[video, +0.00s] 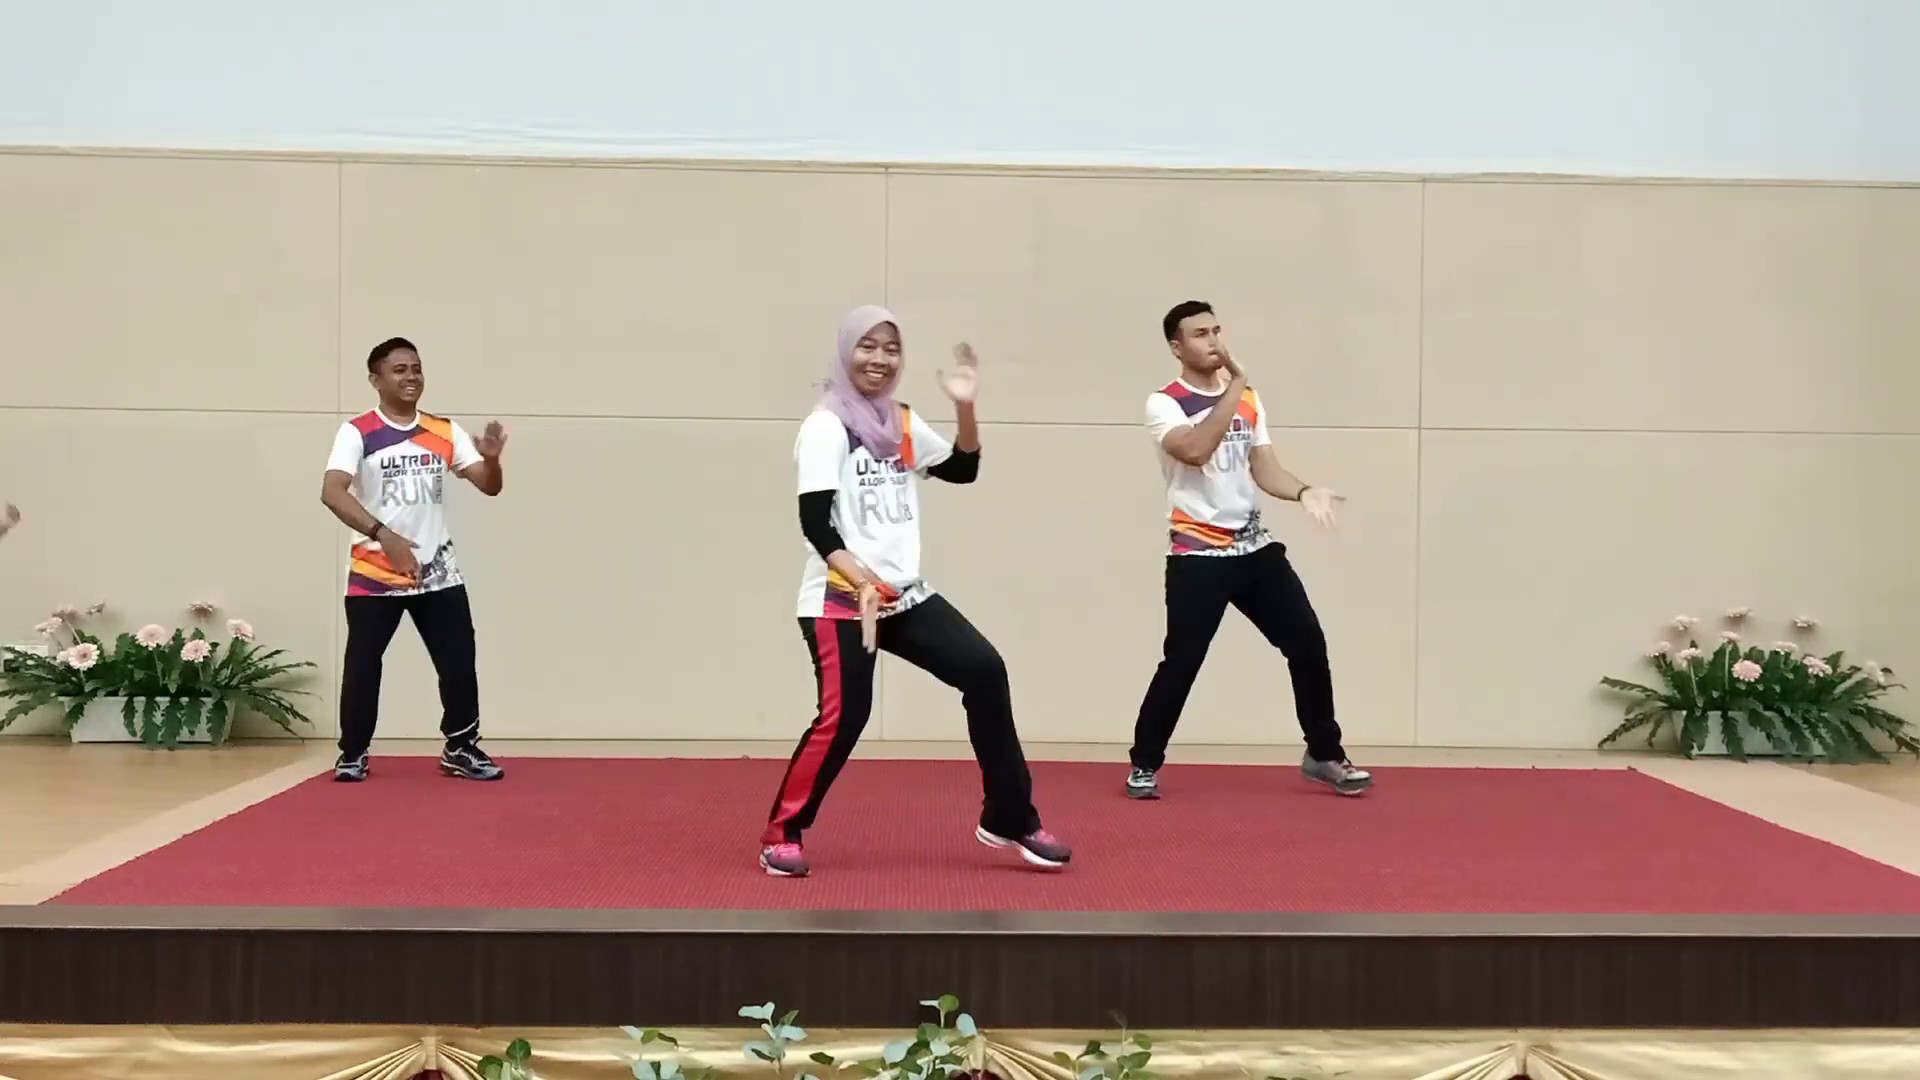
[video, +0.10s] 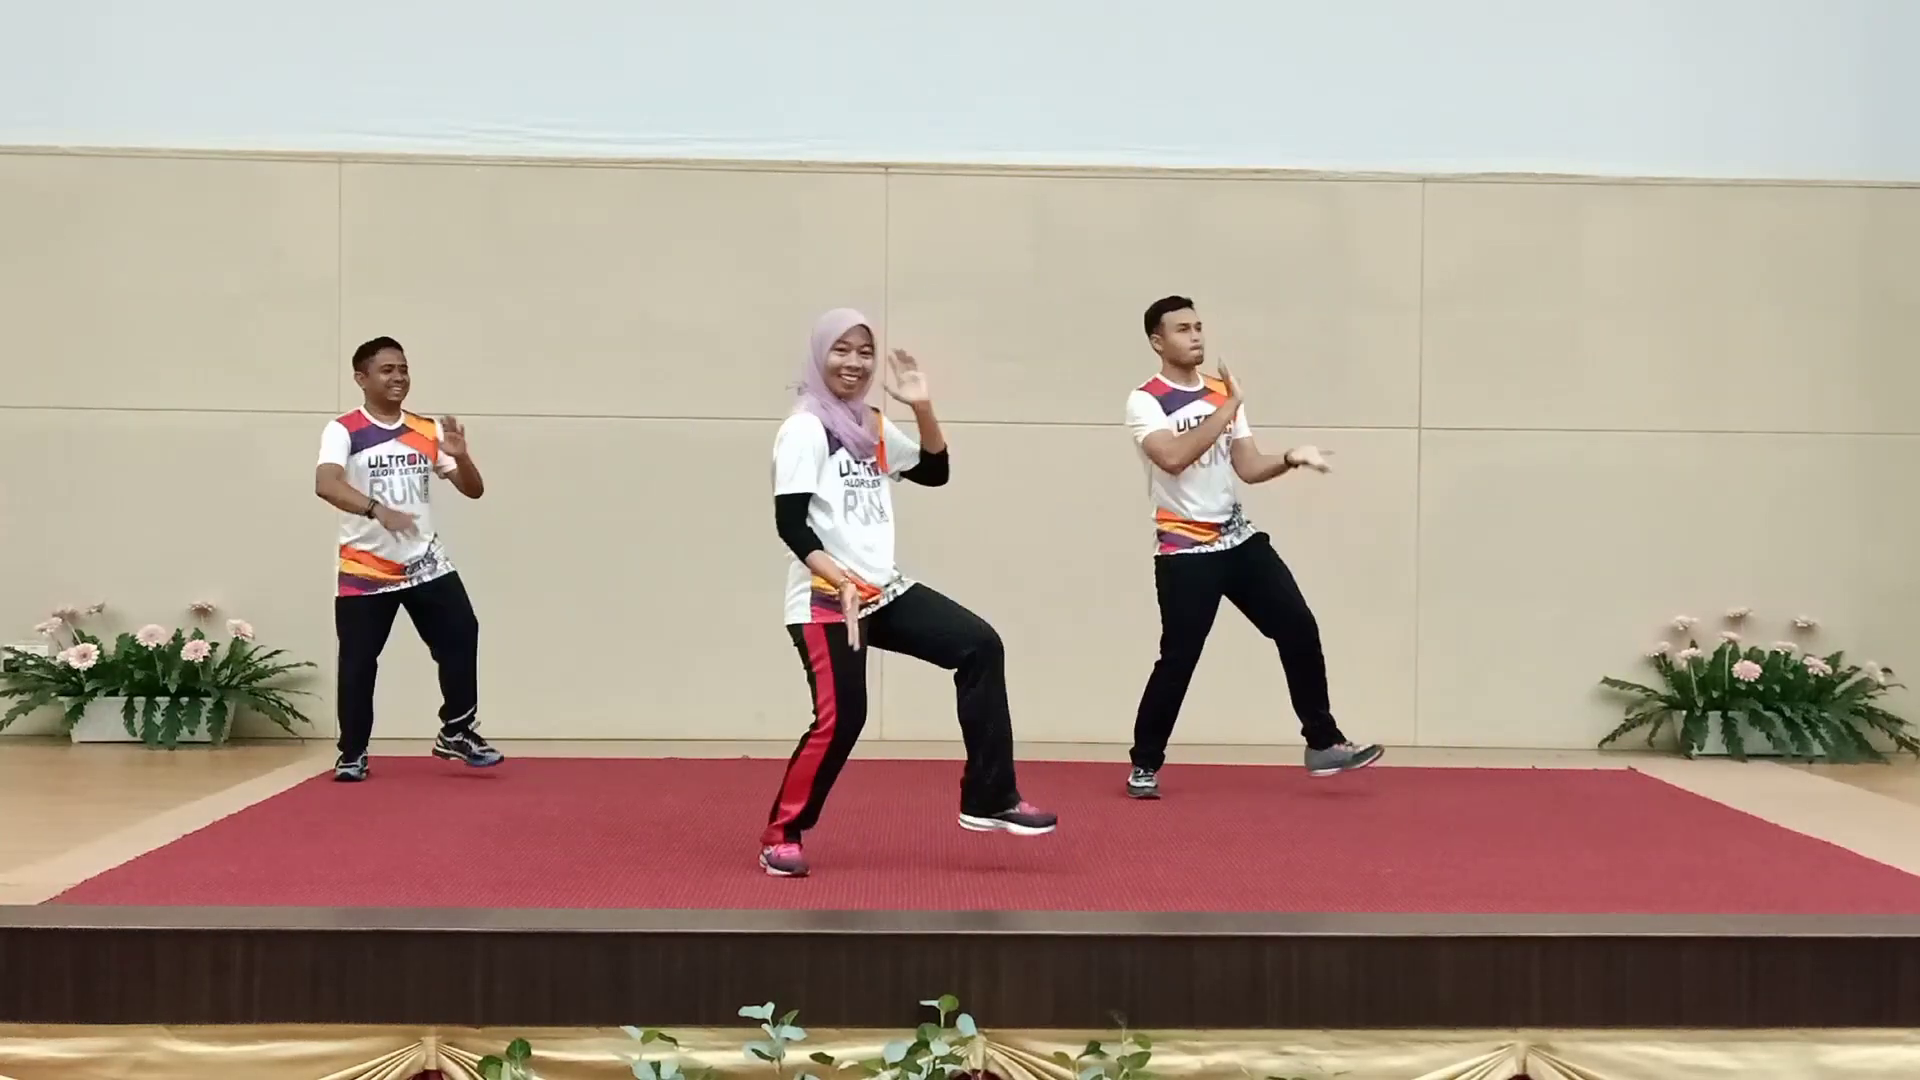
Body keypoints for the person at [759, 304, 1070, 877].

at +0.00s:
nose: (881, 357)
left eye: (891, 348)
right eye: (868, 346)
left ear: (901, 359)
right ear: (845, 355)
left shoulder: (903, 423)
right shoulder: (825, 426)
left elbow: (964, 469)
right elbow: (816, 525)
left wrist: (965, 409)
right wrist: (863, 578)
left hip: (904, 596)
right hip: (838, 599)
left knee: (985, 670)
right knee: (843, 714)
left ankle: (1008, 820)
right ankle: (783, 834)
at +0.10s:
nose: (852, 361)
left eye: (863, 351)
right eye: (841, 349)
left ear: (873, 362)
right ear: (818, 355)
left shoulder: (872, 425)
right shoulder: (803, 429)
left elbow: (934, 472)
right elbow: (790, 523)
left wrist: (922, 408)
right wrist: (839, 578)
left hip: (883, 592)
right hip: (823, 601)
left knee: (980, 647)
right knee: (840, 717)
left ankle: (989, 800)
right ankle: (783, 835)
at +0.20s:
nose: (834, 362)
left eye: (844, 352)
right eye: (822, 351)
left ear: (854, 362)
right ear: (799, 358)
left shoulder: (855, 427)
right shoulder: (787, 430)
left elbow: (919, 470)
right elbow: (772, 522)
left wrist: (890, 406)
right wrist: (831, 576)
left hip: (873, 592)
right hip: (814, 604)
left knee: (972, 641)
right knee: (838, 718)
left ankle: (978, 795)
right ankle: (782, 837)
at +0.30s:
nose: (824, 363)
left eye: (832, 353)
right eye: (811, 353)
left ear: (841, 362)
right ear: (787, 359)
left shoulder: (845, 430)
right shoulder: (774, 430)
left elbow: (909, 472)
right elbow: (763, 525)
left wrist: (875, 406)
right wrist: (824, 574)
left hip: (870, 595)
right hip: (810, 604)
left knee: (958, 661)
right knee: (837, 717)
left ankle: (979, 817)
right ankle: (781, 838)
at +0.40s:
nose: (821, 368)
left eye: (829, 357)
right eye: (809, 357)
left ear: (836, 363)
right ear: (781, 362)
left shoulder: (845, 429)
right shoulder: (766, 431)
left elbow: (908, 474)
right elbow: (763, 526)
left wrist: (878, 407)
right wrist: (815, 583)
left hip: (875, 600)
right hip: (812, 605)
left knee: (929, 701)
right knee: (831, 716)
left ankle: (981, 844)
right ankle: (780, 837)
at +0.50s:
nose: (831, 363)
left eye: (837, 352)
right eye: (819, 352)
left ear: (842, 354)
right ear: (787, 354)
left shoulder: (851, 413)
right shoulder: (768, 419)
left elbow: (920, 463)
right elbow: (762, 513)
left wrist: (914, 399)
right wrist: (807, 559)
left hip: (875, 591)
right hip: (810, 599)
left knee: (934, 689)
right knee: (822, 711)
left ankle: (979, 840)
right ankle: (779, 837)